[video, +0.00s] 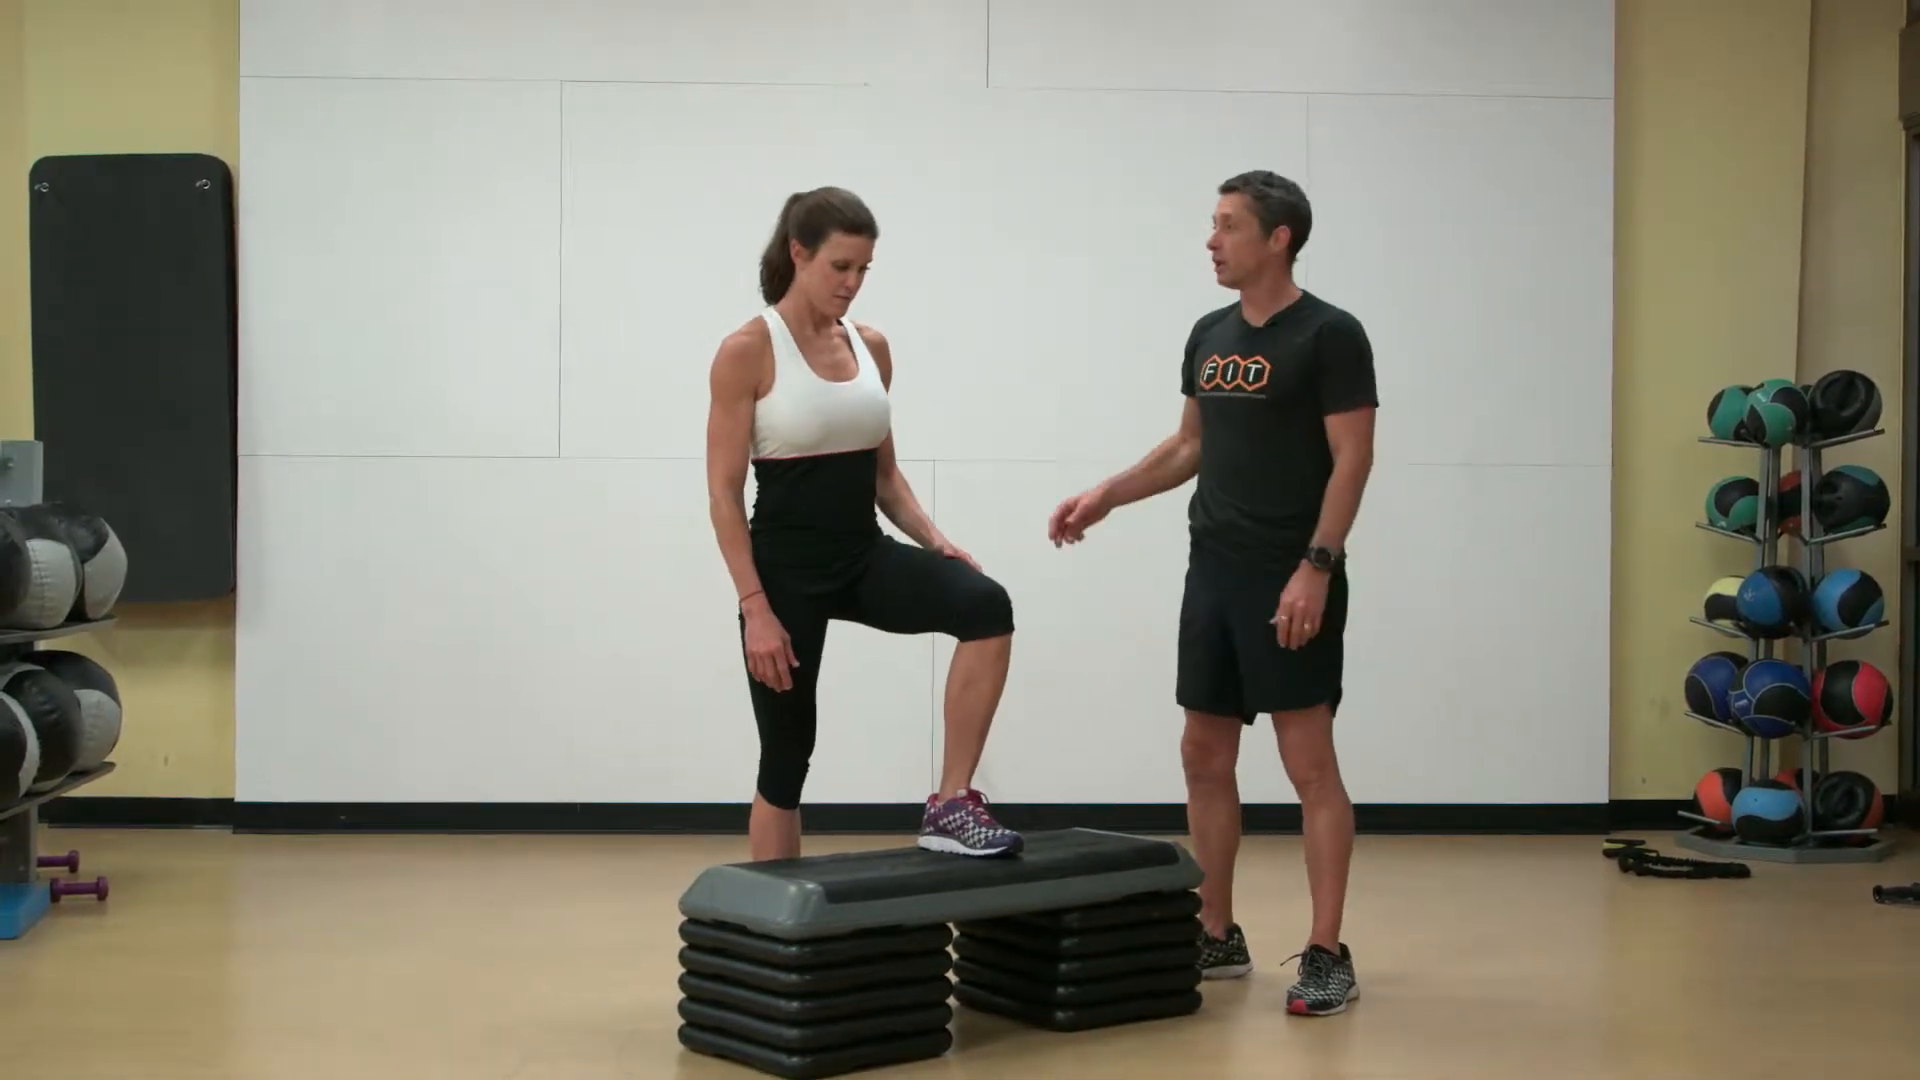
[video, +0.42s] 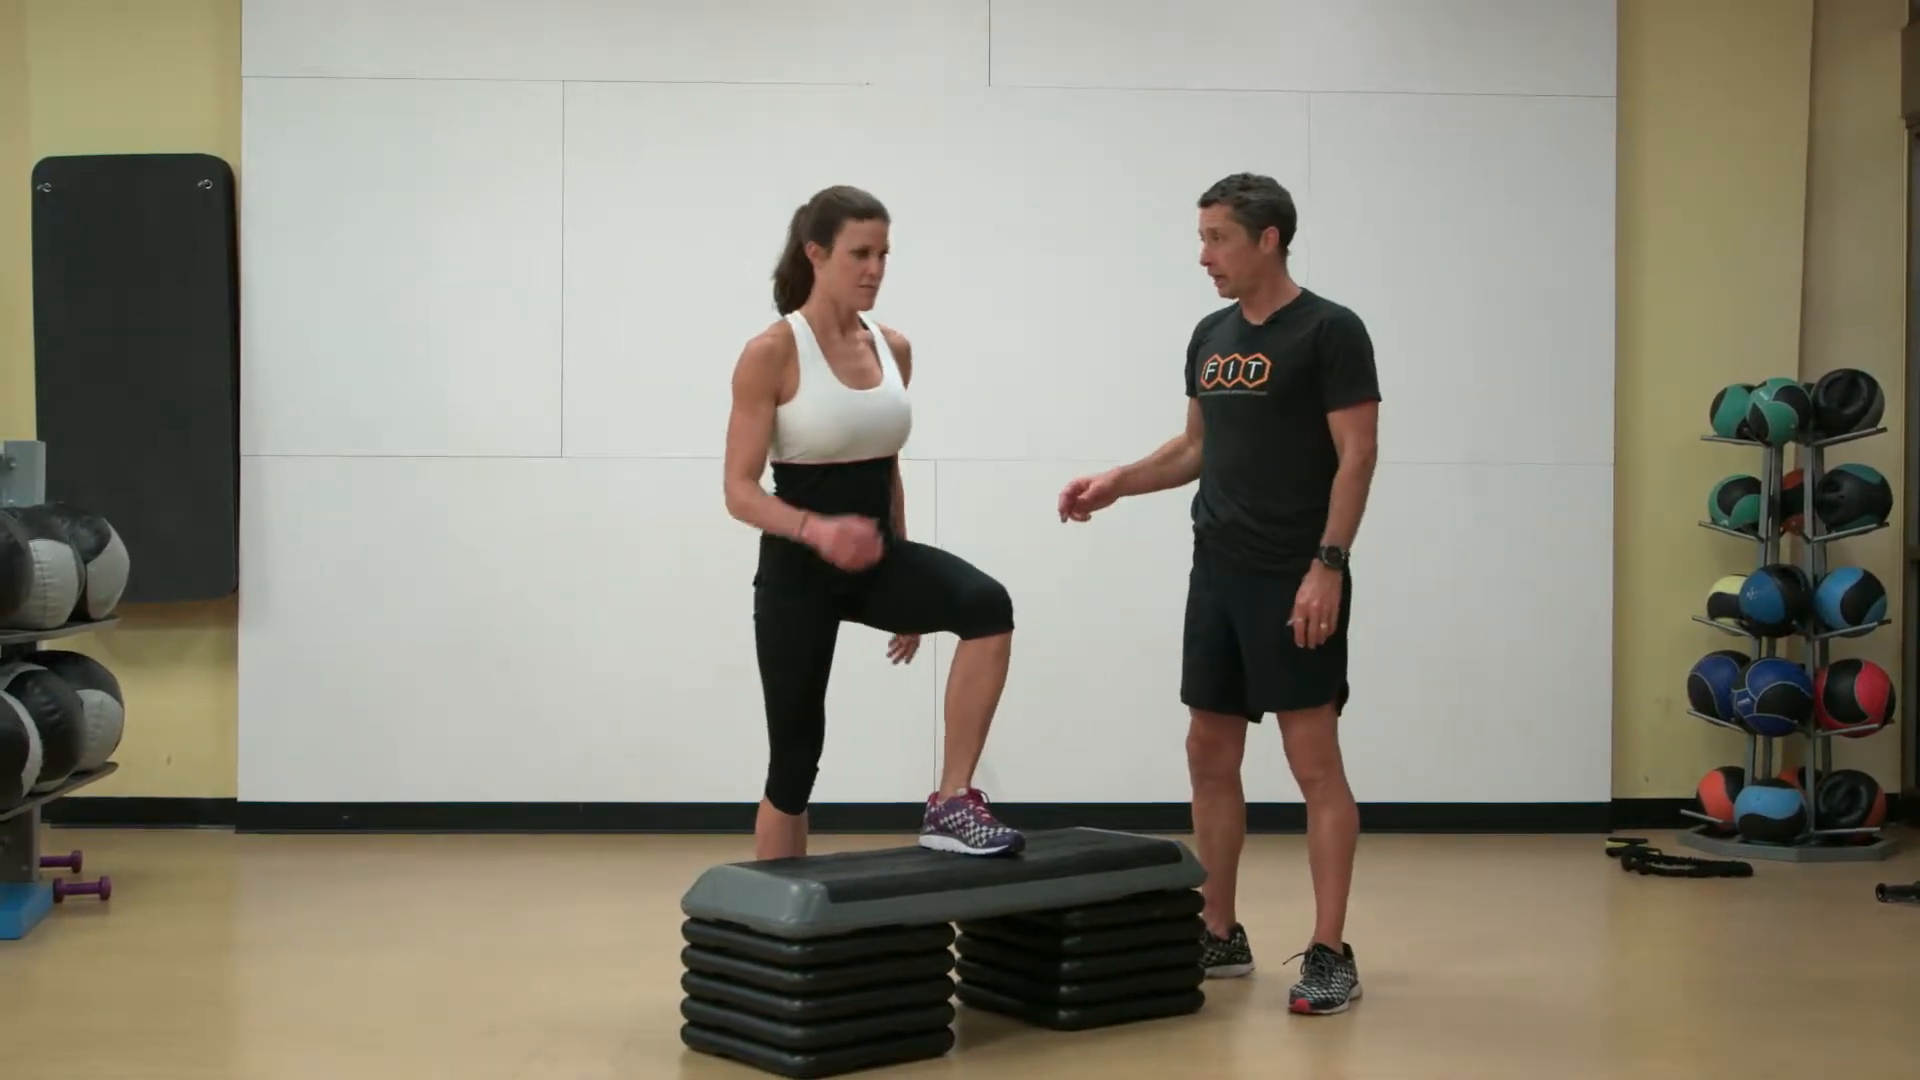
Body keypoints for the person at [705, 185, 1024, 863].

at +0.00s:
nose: (854, 283)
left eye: (862, 268)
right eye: (841, 266)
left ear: (869, 266)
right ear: (797, 254)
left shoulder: (869, 348)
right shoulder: (748, 352)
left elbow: (884, 473)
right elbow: (724, 493)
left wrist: (934, 540)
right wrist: (755, 608)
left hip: (861, 558)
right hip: (784, 568)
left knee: (986, 608)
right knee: (786, 760)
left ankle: (952, 801)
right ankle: (772, 932)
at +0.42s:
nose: (876, 267)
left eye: (882, 254)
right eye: (861, 253)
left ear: (885, 258)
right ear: (814, 254)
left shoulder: (891, 349)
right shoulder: (771, 355)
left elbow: (888, 470)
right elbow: (739, 493)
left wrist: (907, 593)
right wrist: (811, 527)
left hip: (877, 558)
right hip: (798, 569)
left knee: (986, 606)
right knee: (794, 765)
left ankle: (952, 800)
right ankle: (776, 934)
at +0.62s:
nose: (926, 272)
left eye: (931, 259)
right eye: (910, 259)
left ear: (935, 265)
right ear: (864, 267)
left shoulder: (939, 359)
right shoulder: (821, 358)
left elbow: (916, 483)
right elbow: (805, 489)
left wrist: (916, 598)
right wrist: (898, 431)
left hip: (900, 557)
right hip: (829, 564)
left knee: (1005, 617)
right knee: (831, 770)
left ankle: (954, 802)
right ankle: (783, 930)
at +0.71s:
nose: (953, 253)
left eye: (958, 239)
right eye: (937, 240)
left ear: (963, 246)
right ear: (891, 247)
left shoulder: (965, 340)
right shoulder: (851, 332)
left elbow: (945, 459)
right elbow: (836, 457)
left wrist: (950, 563)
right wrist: (930, 416)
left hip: (923, 540)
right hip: (848, 542)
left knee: (1019, 622)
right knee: (829, 741)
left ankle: (957, 803)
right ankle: (791, 916)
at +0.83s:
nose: (988, 194)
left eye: (992, 180)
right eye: (972, 181)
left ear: (993, 188)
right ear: (926, 188)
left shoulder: (1001, 291)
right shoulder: (885, 272)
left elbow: (998, 418)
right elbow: (845, 398)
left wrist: (1051, 493)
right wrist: (933, 453)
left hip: (946, 494)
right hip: (868, 493)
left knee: (1019, 619)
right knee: (878, 698)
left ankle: (957, 805)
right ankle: (806, 867)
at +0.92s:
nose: (997, 161)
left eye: (1002, 148)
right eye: (980, 148)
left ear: (1004, 159)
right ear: (935, 155)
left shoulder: (1012, 267)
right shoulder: (889, 244)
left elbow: (1038, 403)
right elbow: (834, 374)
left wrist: (1094, 395)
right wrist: (871, 476)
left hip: (950, 461)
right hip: (877, 460)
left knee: (1015, 615)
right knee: (947, 640)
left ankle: (959, 803)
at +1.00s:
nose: (997, 127)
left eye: (1002, 113)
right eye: (981, 113)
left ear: (1004, 124)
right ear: (935, 120)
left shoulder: (1018, 233)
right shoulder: (889, 210)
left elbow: (1075, 349)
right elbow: (823, 329)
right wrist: (804, 452)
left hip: (962, 433)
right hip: (882, 428)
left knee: (1010, 611)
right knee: (995, 529)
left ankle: (960, 804)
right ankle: (882, 632)